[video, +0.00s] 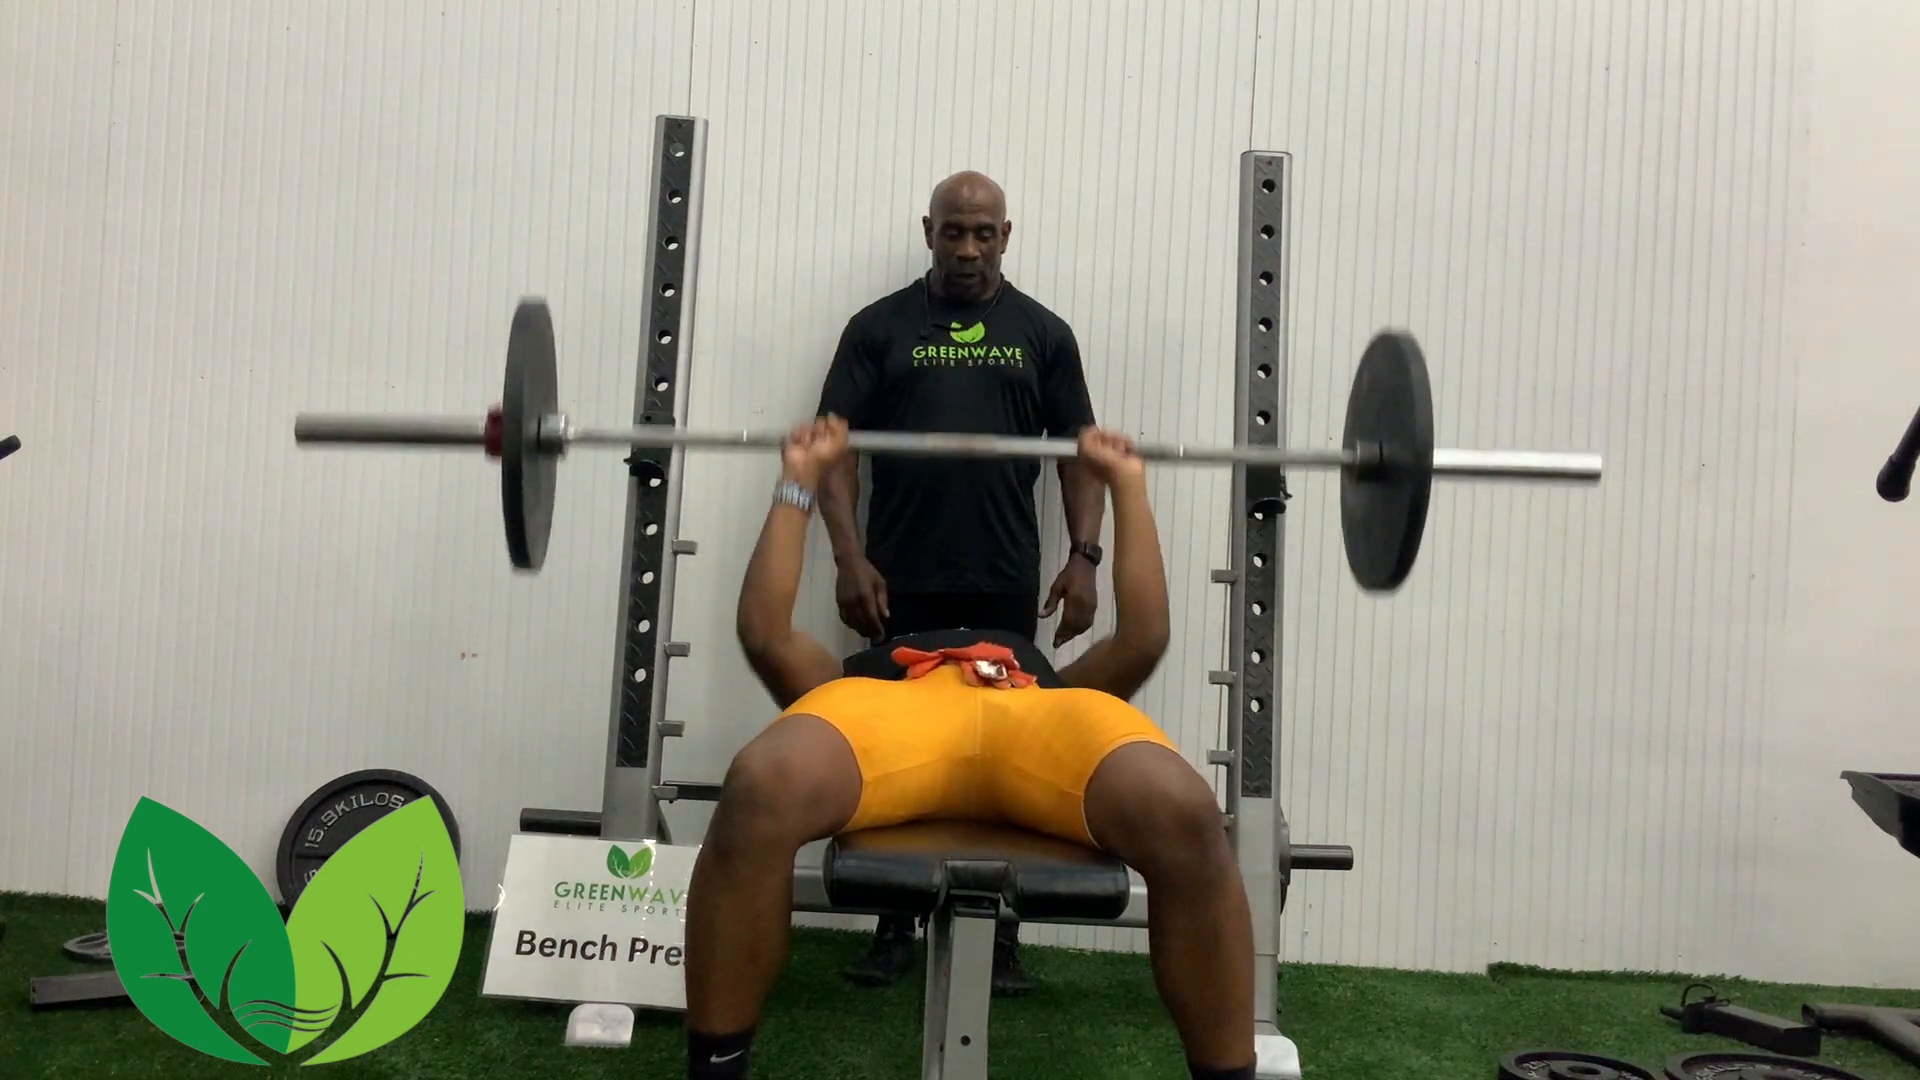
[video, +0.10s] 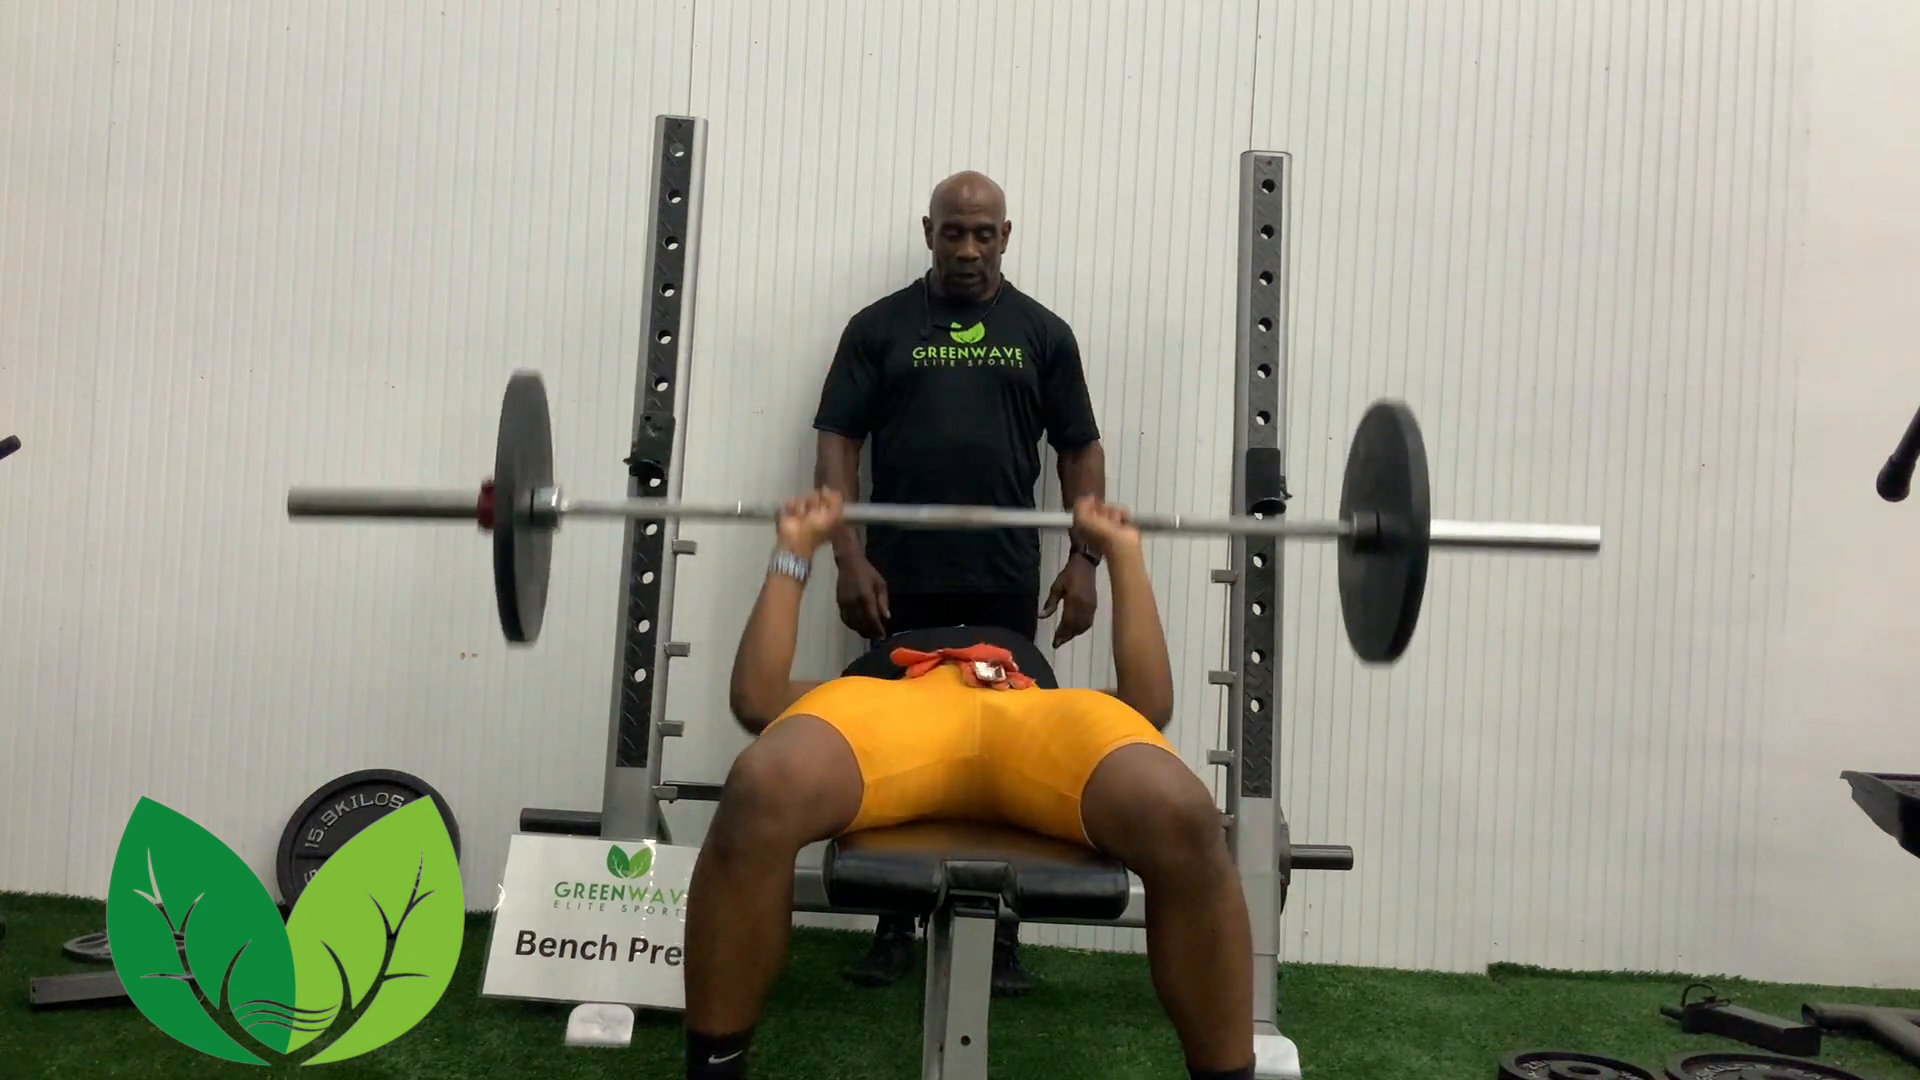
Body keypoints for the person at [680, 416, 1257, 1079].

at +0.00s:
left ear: (1026, 674)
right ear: (902, 656)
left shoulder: (1056, 685)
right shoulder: (857, 677)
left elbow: (1142, 634)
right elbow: (765, 630)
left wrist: (1129, 485)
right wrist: (797, 488)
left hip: (1041, 711)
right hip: (881, 705)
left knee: (1188, 819)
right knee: (759, 785)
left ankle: (1230, 1073)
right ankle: (715, 1065)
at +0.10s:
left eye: (996, 661)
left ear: (1013, 670)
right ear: (909, 655)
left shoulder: (1045, 684)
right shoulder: (874, 678)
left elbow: (1149, 705)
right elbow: (755, 699)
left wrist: (1125, 553)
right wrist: (791, 555)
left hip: (1038, 707)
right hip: (891, 697)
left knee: (1185, 819)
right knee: (758, 791)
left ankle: (1227, 1070)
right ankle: (714, 1065)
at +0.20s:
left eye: (999, 657)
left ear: (1030, 678)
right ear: (920, 652)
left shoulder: (1051, 702)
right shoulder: (883, 689)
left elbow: (1144, 742)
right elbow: (762, 762)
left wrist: (1119, 610)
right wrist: (787, 621)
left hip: (1050, 712)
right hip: (887, 701)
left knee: (1185, 821)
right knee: (757, 790)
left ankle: (1229, 1071)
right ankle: (713, 1065)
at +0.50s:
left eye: (999, 663)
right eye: (935, 650)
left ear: (1019, 681)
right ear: (909, 651)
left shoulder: (1046, 698)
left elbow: (1156, 741)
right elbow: (730, 745)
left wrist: (1105, 595)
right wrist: (772, 604)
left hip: (1039, 713)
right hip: (880, 699)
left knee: (1189, 821)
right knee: (756, 794)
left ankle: (1230, 1073)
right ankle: (712, 1067)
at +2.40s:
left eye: (1001, 656)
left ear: (1019, 662)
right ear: (915, 657)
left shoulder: (1058, 691)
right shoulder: (874, 680)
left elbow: (1171, 703)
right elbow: (755, 685)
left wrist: (1136, 552)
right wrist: (805, 547)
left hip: (1041, 704)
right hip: (895, 696)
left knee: (1179, 822)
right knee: (758, 792)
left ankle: (1224, 1069)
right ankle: (712, 1066)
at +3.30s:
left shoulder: (1064, 687)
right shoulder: (859, 675)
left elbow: (1137, 583)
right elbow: (804, 555)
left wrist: (1142, 427)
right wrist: (825, 416)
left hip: (1044, 705)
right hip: (892, 694)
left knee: (1178, 816)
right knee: (752, 787)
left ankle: (1225, 1074)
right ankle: (713, 1071)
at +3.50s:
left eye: (1009, 666)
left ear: (1037, 684)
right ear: (918, 654)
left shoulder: (1055, 691)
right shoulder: (884, 681)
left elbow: (1145, 734)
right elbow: (780, 733)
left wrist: (1139, 600)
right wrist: (811, 595)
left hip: (1047, 712)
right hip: (890, 700)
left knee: (1181, 820)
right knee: (757, 786)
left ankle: (1225, 1072)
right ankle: (712, 1064)